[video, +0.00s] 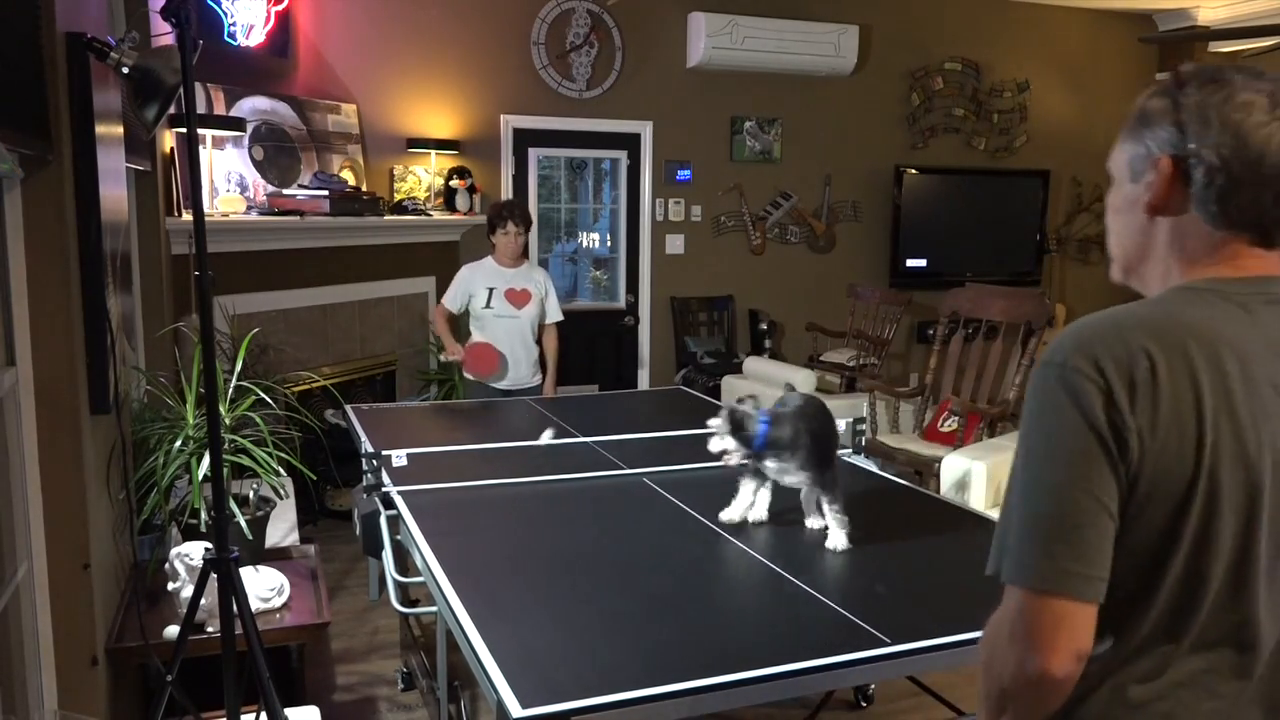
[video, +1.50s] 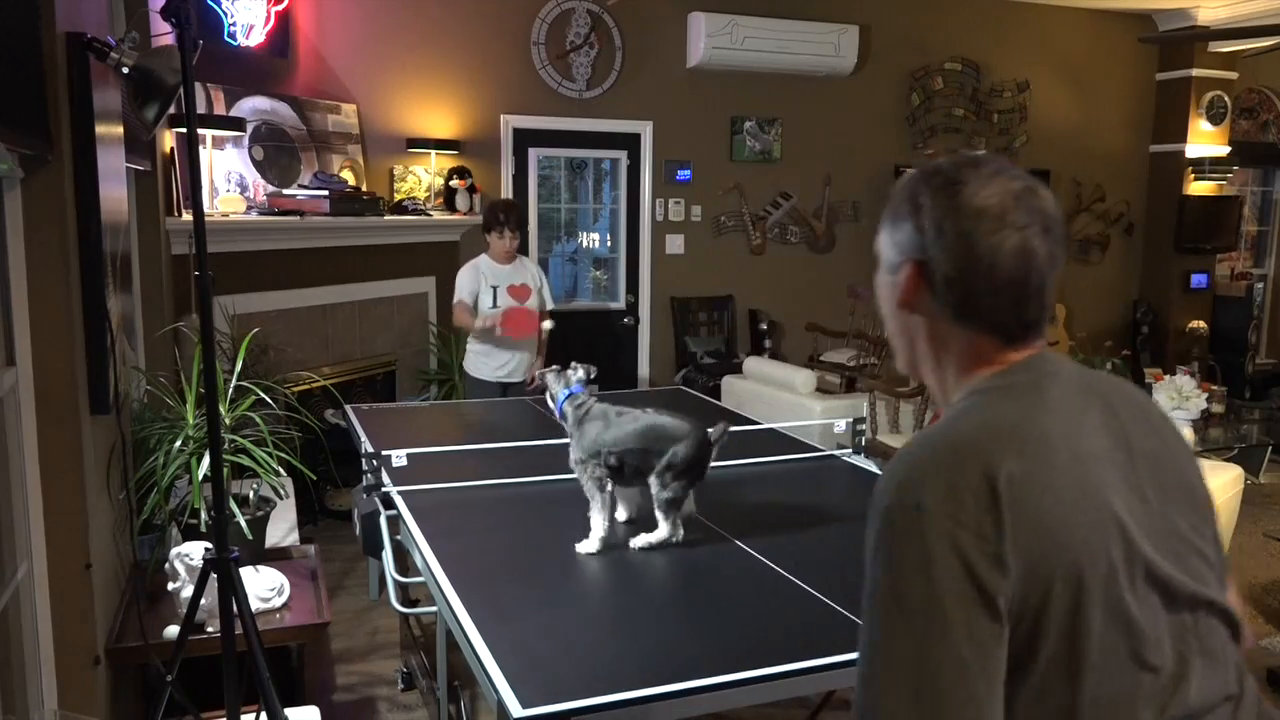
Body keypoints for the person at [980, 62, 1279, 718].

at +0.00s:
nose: (1107, 205)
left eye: (1115, 179)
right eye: (1109, 181)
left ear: (1162, 182)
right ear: (1259, 184)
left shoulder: (1105, 359)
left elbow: (1044, 655)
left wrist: (1002, 706)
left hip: (1138, 703)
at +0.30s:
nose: (996, 211)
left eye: (1002, 180)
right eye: (997, 182)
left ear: (1043, 182)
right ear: (1168, 190)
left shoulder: (1027, 378)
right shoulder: (1267, 337)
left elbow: (991, 688)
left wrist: (911, 700)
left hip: (1096, 705)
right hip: (1255, 700)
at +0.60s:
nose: (891, 265)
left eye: (896, 236)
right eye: (890, 238)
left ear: (938, 244)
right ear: (1052, 240)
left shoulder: (989, 448)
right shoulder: (1138, 374)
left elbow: (1012, 700)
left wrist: (909, 703)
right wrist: (929, 691)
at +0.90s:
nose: (686, 418)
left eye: (685, 397)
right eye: (683, 395)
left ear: (721, 408)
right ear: (829, 380)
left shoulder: (855, 562)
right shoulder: (864, 476)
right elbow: (734, 558)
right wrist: (618, 546)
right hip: (1134, 699)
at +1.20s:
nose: (715, 317)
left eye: (719, 296)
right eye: (717, 295)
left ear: (747, 316)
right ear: (876, 292)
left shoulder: (836, 516)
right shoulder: (960, 402)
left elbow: (911, 705)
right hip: (1145, 701)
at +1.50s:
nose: (874, 290)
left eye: (878, 268)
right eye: (877, 266)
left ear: (909, 285)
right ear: (1038, 279)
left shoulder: (941, 477)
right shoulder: (1133, 404)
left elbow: (928, 702)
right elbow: (1229, 617)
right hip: (1232, 702)